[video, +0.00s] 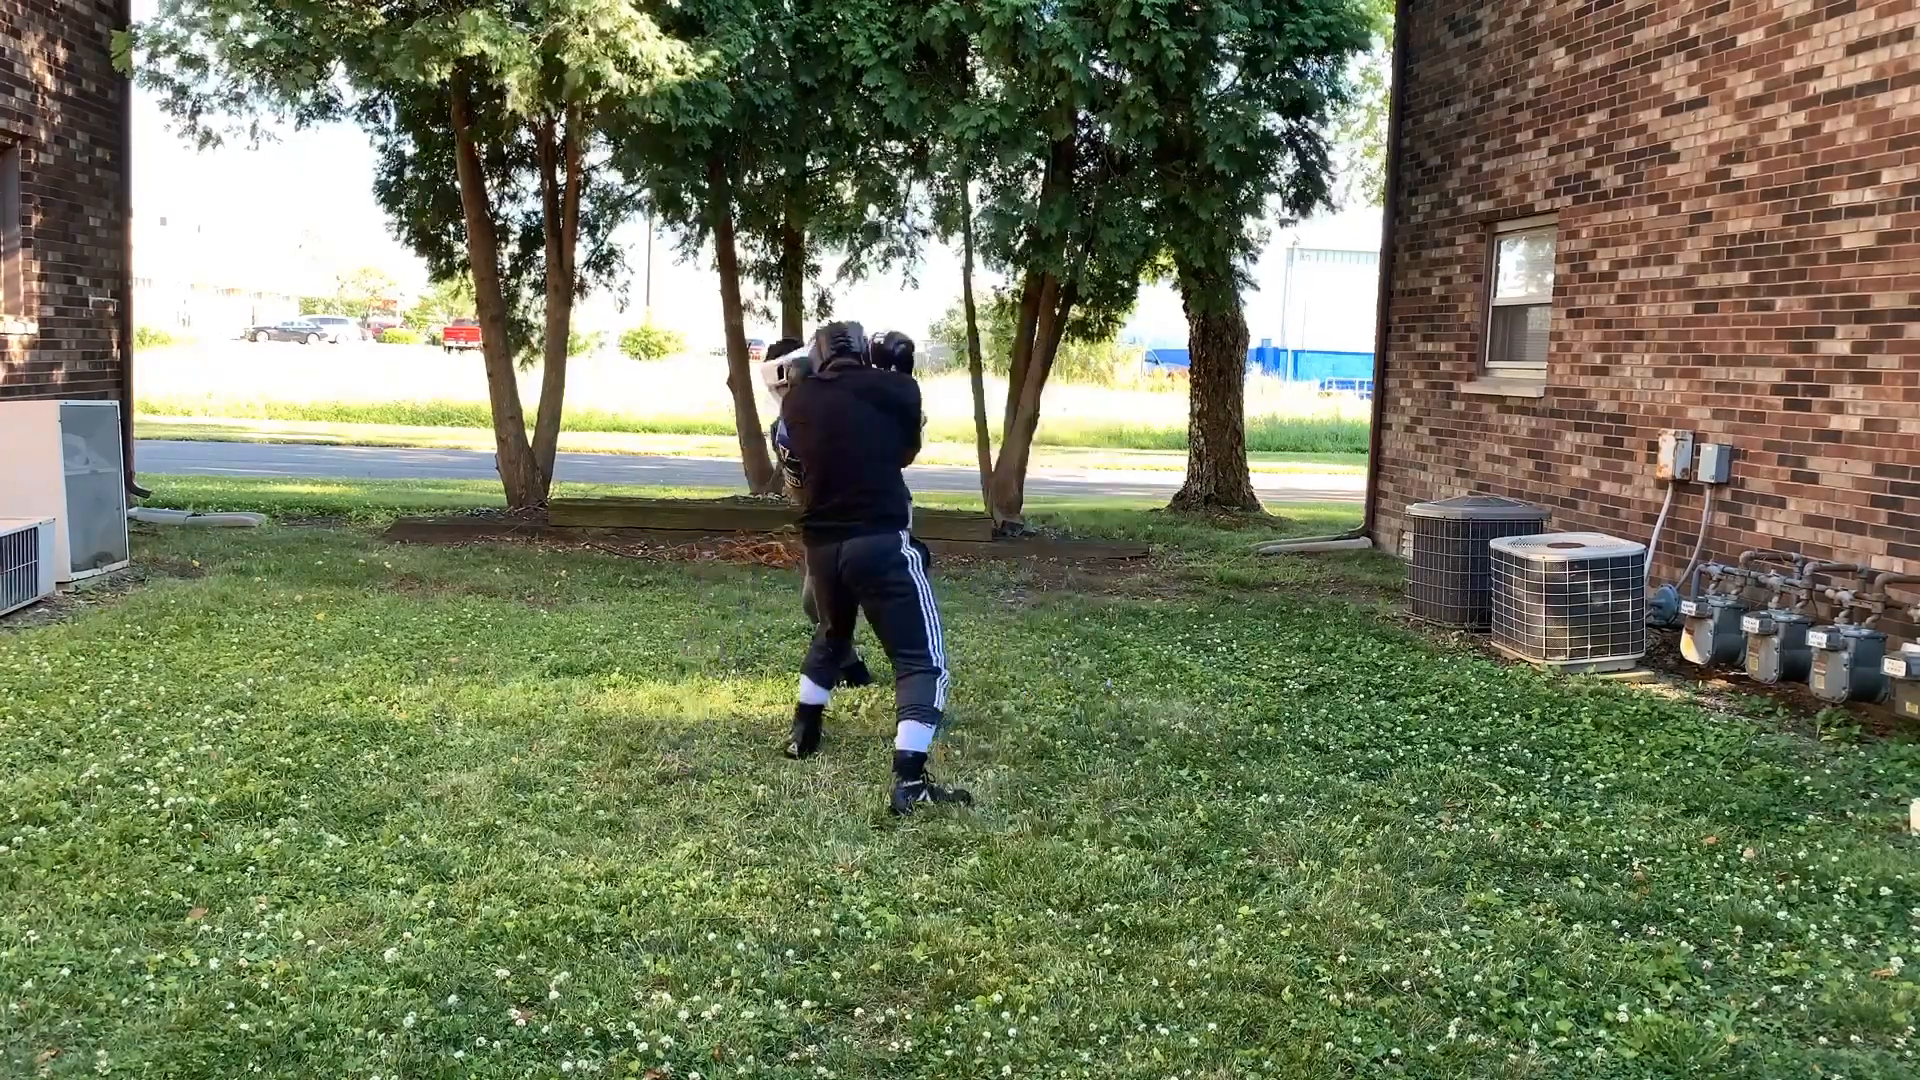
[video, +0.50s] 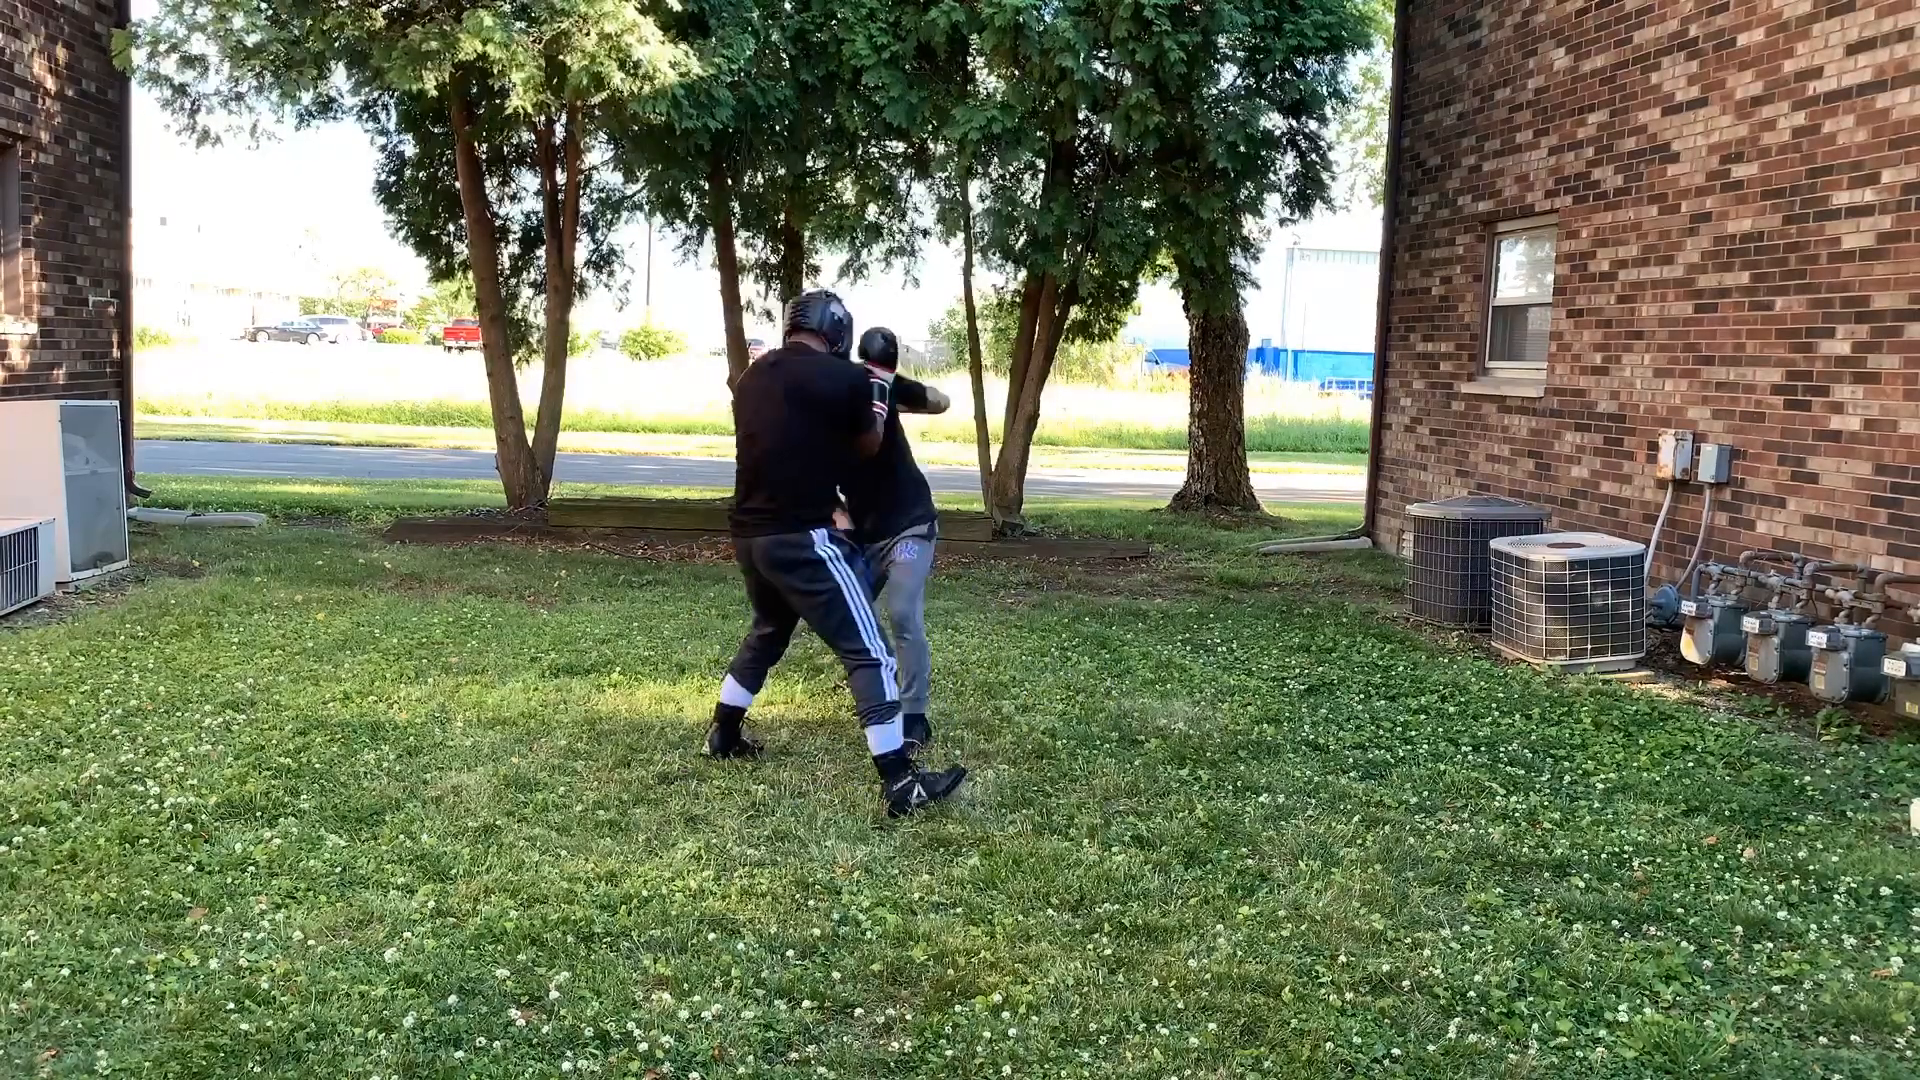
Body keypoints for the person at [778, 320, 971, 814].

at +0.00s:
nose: (872, 349)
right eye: (868, 344)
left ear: (819, 356)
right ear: (862, 351)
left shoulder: (797, 399)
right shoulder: (895, 388)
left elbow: (802, 462)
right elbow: (905, 453)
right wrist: (900, 379)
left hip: (823, 547)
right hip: (882, 543)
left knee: (830, 635)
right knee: (921, 660)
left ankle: (804, 735)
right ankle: (909, 781)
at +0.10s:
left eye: (823, 342)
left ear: (824, 348)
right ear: (869, 346)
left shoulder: (798, 391)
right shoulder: (901, 385)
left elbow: (791, 458)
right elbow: (909, 454)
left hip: (816, 544)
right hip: (878, 540)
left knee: (824, 634)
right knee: (923, 659)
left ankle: (802, 735)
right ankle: (909, 781)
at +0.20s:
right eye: (878, 334)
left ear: (831, 340)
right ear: (878, 341)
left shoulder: (796, 384)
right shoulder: (906, 384)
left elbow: (796, 452)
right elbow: (906, 458)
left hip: (807, 540)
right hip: (869, 537)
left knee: (816, 635)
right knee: (912, 655)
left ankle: (801, 735)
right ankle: (908, 779)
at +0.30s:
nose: (820, 325)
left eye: (825, 319)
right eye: (827, 317)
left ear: (832, 332)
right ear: (876, 333)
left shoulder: (797, 372)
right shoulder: (902, 388)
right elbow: (892, 445)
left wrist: (843, 355)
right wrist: (886, 363)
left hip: (792, 541)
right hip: (854, 541)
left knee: (798, 626)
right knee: (904, 655)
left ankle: (790, 734)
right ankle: (908, 780)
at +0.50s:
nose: (844, 347)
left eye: (841, 341)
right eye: (845, 339)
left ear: (788, 329)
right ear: (835, 335)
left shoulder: (752, 377)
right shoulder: (844, 376)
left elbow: (773, 436)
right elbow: (870, 446)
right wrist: (869, 396)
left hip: (751, 536)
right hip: (804, 536)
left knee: (770, 627)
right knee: (867, 650)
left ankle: (724, 733)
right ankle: (900, 780)